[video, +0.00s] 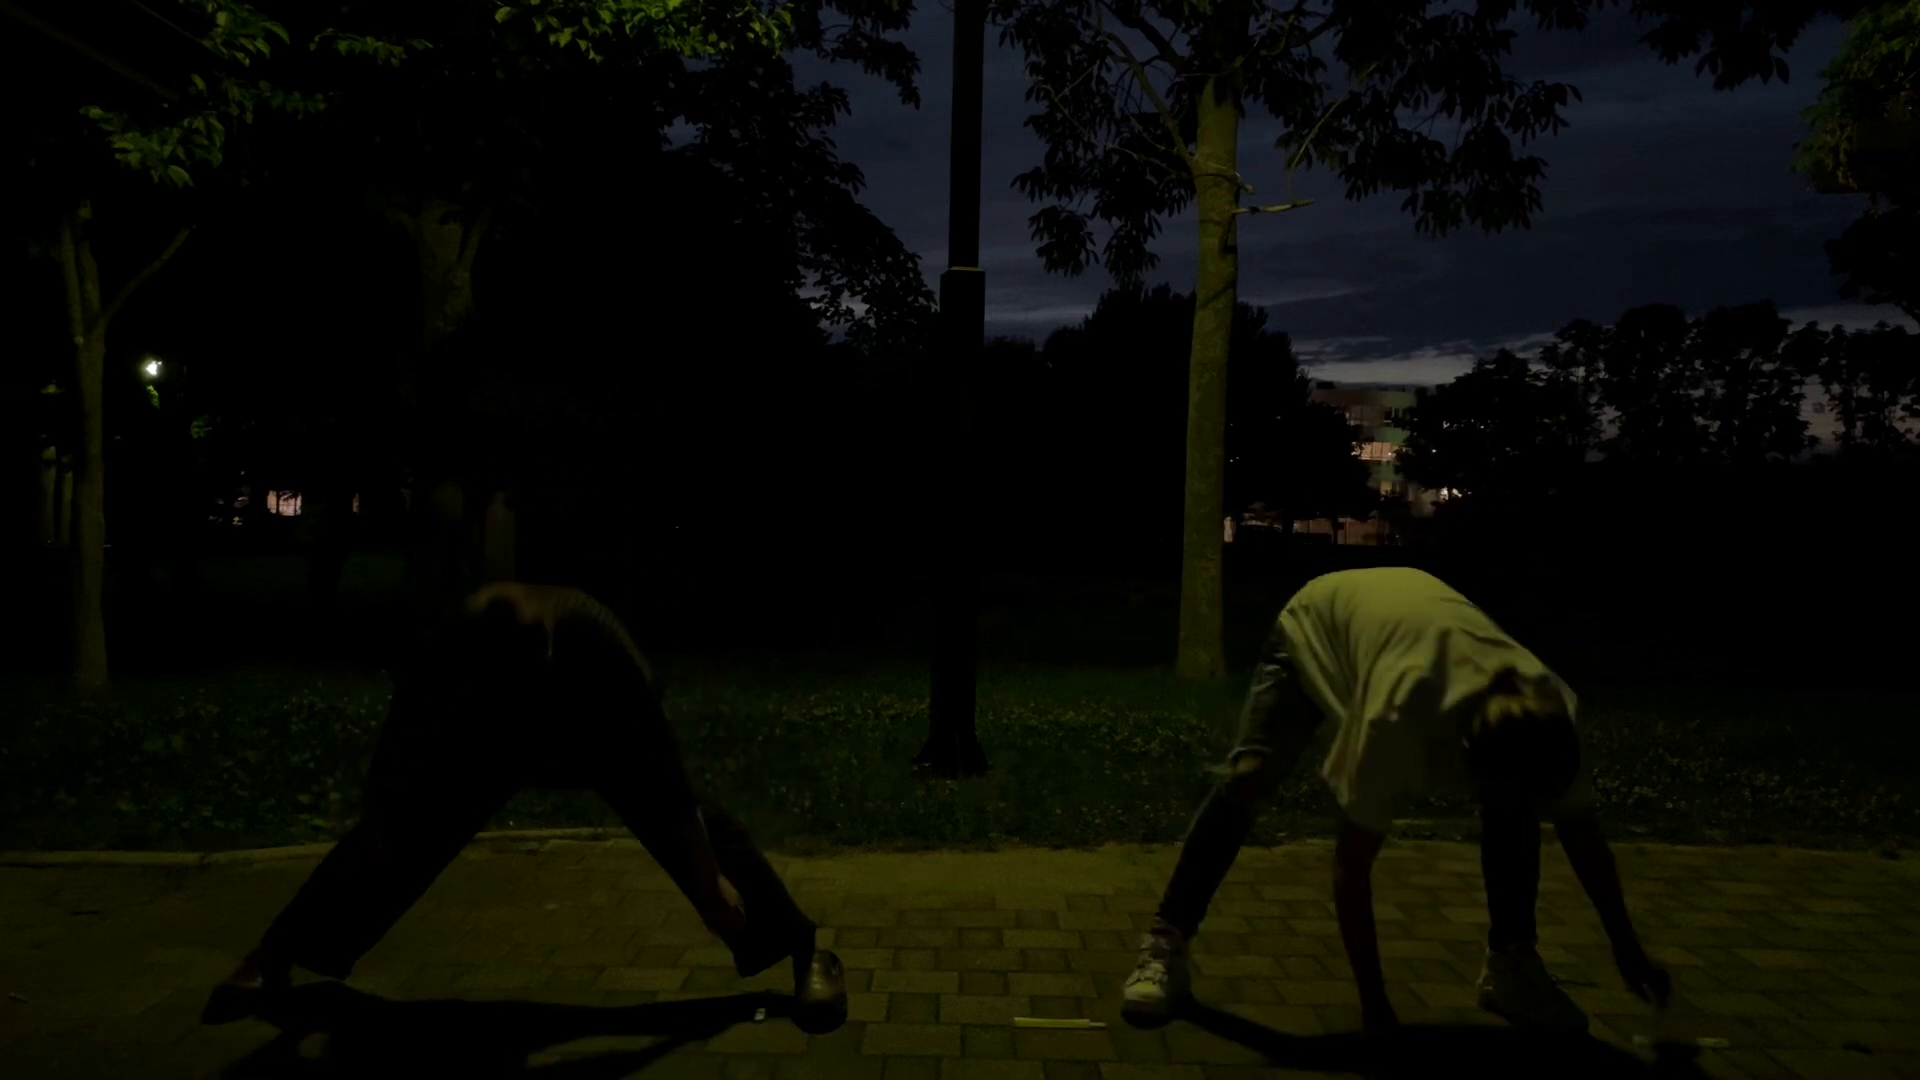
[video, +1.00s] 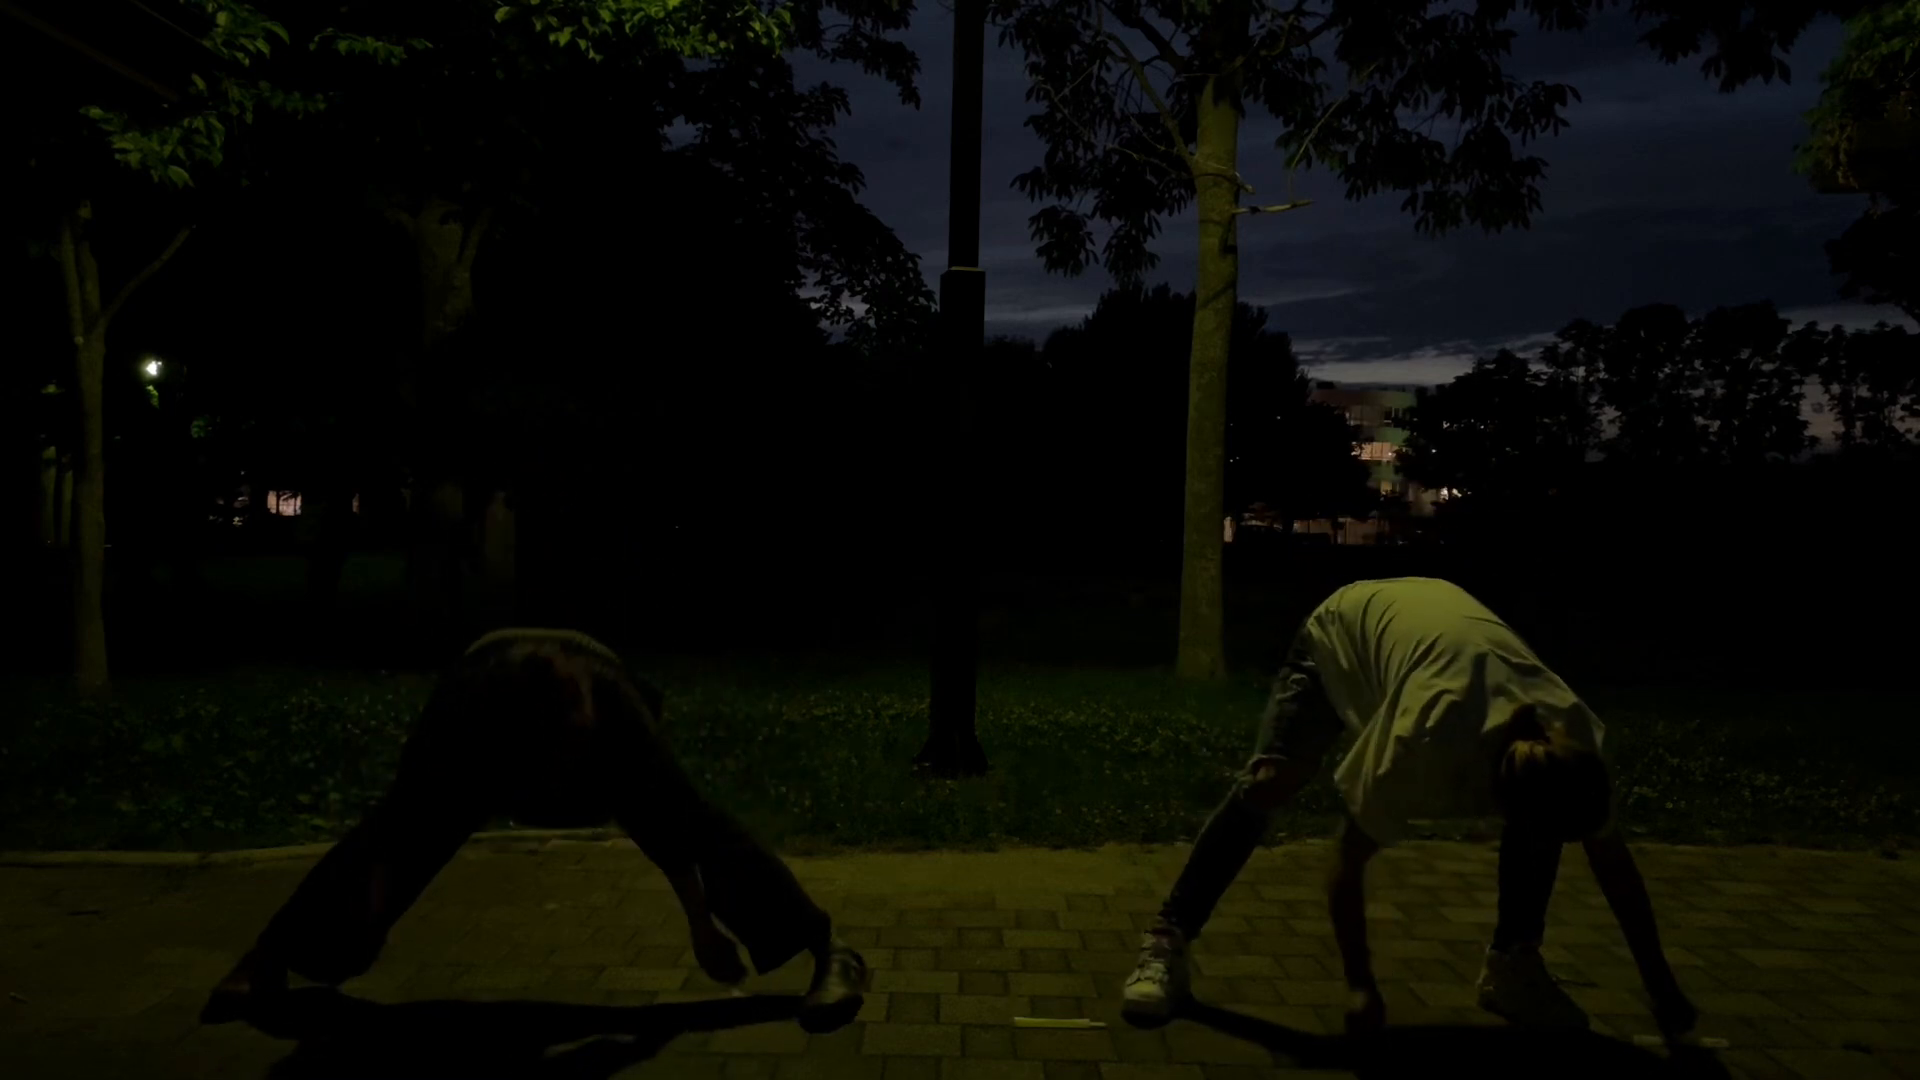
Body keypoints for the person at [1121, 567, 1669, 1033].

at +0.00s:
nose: (1515, 809)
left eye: (1531, 799)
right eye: (1509, 795)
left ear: (1560, 743)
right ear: (1481, 748)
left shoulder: (1550, 711)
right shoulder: (1400, 710)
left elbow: (1581, 832)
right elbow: (1351, 866)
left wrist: (1628, 947)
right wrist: (1374, 1006)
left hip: (1425, 603)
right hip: (1319, 614)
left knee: (1512, 802)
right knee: (1250, 777)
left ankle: (1513, 969)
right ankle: (1164, 949)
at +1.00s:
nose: (1537, 836)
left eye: (1556, 829)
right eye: (1535, 823)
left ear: (1586, 774)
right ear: (1511, 773)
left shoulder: (1577, 735)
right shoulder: (1426, 730)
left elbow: (1610, 857)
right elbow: (1347, 866)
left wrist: (1661, 982)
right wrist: (1362, 988)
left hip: (1450, 618)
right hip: (1343, 628)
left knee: (1546, 797)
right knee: (1265, 785)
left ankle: (1515, 968)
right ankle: (1166, 947)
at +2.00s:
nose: (1410, 764)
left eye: (1428, 752)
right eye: (1399, 754)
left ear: (1463, 707)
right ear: (1370, 717)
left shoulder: (1512, 654)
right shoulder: (1316, 677)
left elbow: (1557, 640)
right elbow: (1230, 788)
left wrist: (1556, 751)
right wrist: (1161, 916)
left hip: (1441, 600)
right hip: (1318, 612)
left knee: (1544, 805)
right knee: (1247, 793)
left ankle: (1603, 974)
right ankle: (1164, 947)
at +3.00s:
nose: (1305, 707)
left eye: (1320, 692)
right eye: (1294, 689)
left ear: (1356, 659)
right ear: (1270, 653)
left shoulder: (1423, 614)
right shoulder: (1238, 634)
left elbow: (1498, 678)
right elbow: (1157, 718)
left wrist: (1529, 768)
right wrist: (1108, 803)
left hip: (1411, 683)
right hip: (1287, 702)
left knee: (1520, 802)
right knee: (1218, 792)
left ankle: (1600, 973)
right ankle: (1161, 951)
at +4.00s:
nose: (1377, 387)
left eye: (1393, 371)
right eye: (1365, 369)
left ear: (1416, 365)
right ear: (1336, 357)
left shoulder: (1446, 425)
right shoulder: (1280, 418)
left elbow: (1488, 537)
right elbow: (1206, 506)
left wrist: (1474, 620)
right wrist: (1204, 577)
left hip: (1421, 669)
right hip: (1294, 668)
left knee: (1529, 806)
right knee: (1197, 802)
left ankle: (1600, 975)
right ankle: (1087, 951)